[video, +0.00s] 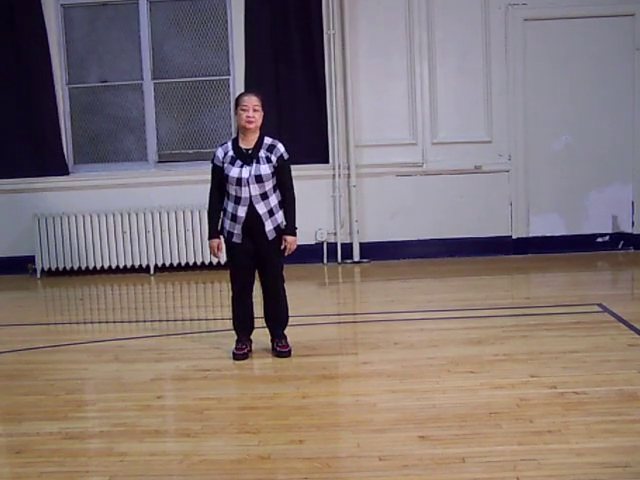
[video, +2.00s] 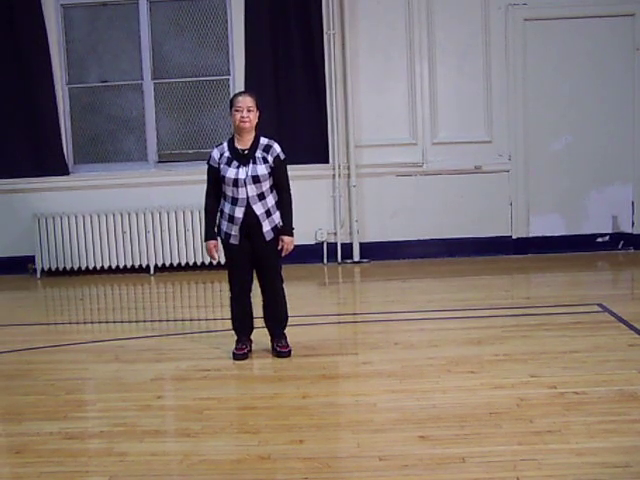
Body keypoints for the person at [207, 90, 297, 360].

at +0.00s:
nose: (250, 114)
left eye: (255, 110)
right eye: (244, 109)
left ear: (262, 115)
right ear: (236, 114)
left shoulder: (275, 149)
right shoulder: (223, 153)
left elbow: (287, 192)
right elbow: (216, 196)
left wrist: (290, 229)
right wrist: (214, 232)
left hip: (270, 230)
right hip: (237, 232)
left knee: (274, 284)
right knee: (241, 287)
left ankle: (279, 335)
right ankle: (243, 337)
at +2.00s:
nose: (244, 115)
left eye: (249, 110)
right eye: (238, 110)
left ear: (257, 115)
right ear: (231, 115)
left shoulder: (271, 150)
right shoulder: (219, 154)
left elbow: (284, 192)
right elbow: (212, 197)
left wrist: (287, 230)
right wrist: (210, 234)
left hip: (267, 230)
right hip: (233, 232)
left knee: (272, 285)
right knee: (239, 288)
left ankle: (278, 335)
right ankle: (242, 337)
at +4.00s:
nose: (254, 115)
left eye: (258, 111)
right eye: (248, 110)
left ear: (261, 115)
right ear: (233, 114)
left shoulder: (271, 149)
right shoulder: (220, 154)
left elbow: (285, 191)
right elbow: (213, 197)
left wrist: (289, 229)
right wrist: (212, 235)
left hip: (269, 231)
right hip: (235, 233)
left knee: (274, 285)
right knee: (240, 288)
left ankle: (279, 335)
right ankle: (243, 338)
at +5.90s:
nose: (241, 114)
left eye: (245, 109)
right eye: (235, 110)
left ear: (253, 114)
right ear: (227, 116)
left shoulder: (268, 149)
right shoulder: (216, 155)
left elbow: (282, 191)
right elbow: (211, 198)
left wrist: (285, 229)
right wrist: (210, 235)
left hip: (266, 231)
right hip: (232, 233)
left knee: (272, 285)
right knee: (239, 289)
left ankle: (279, 335)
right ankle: (243, 338)